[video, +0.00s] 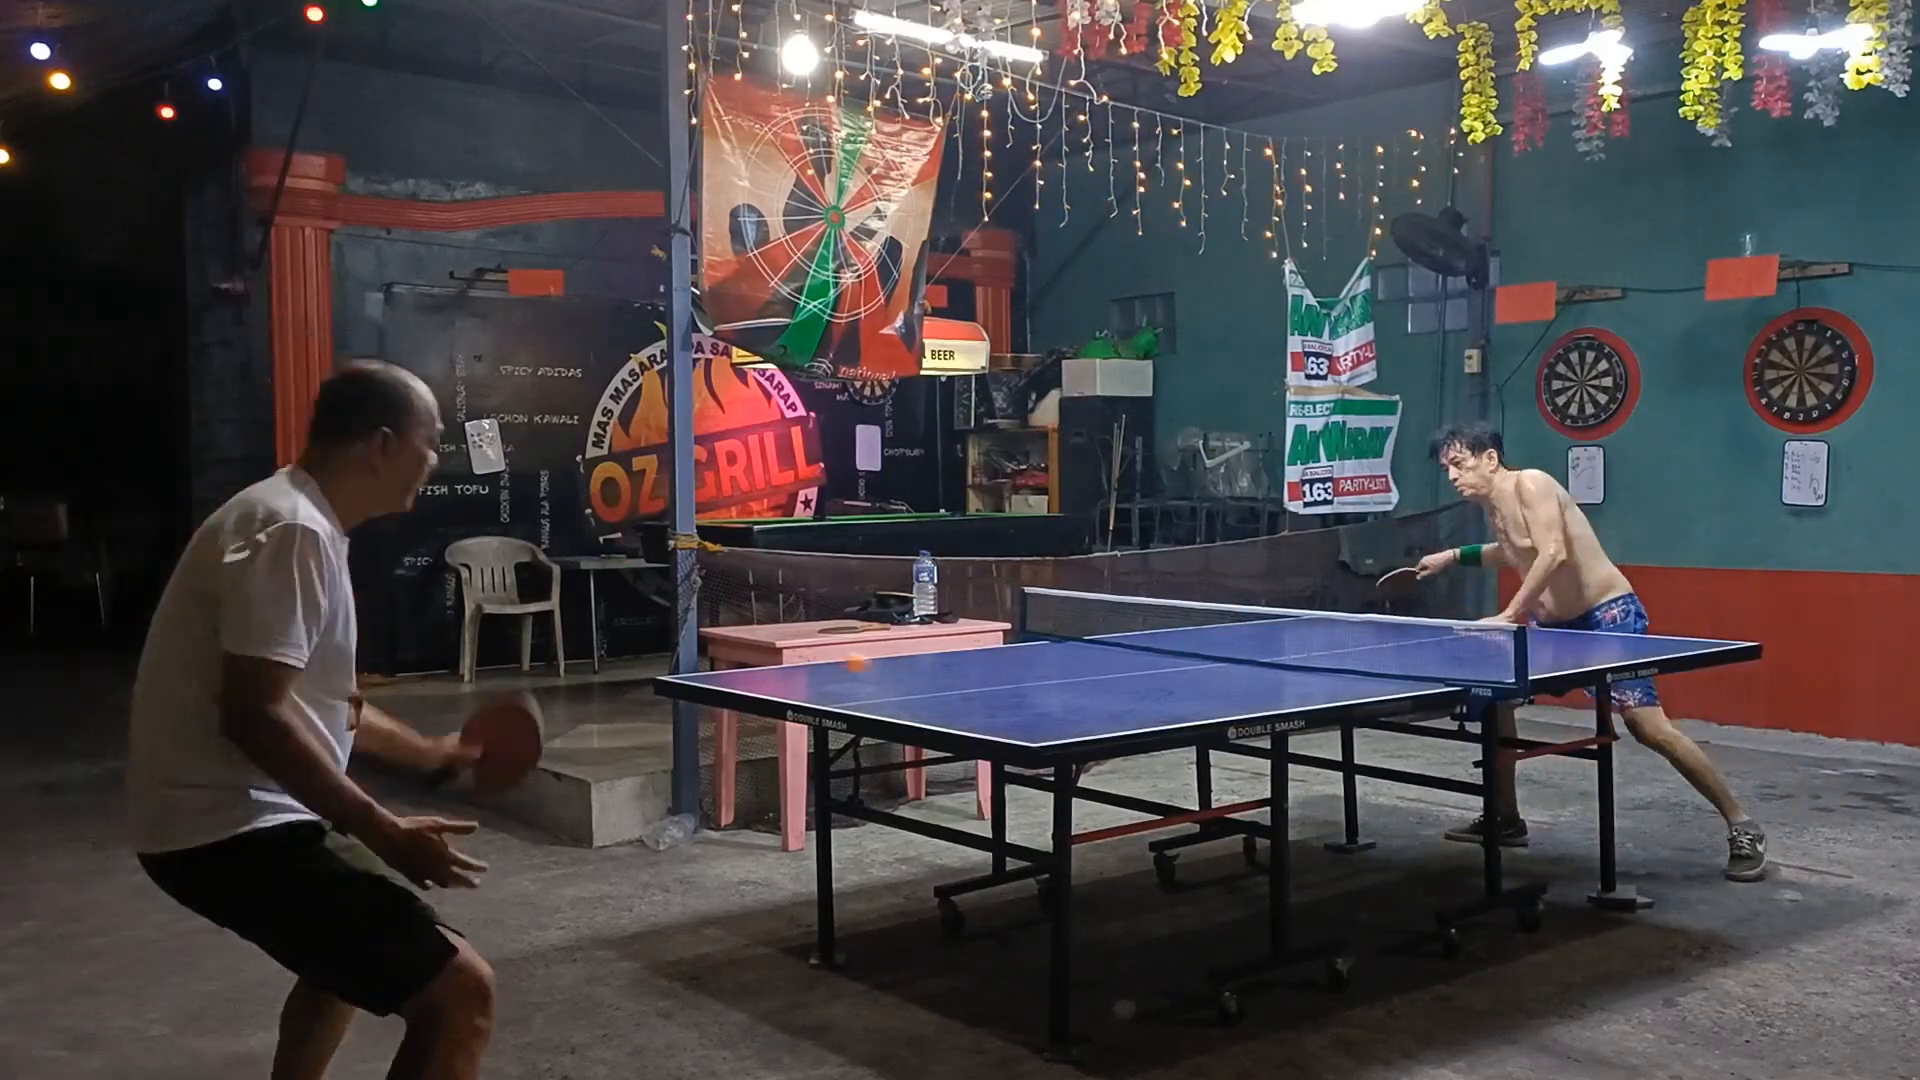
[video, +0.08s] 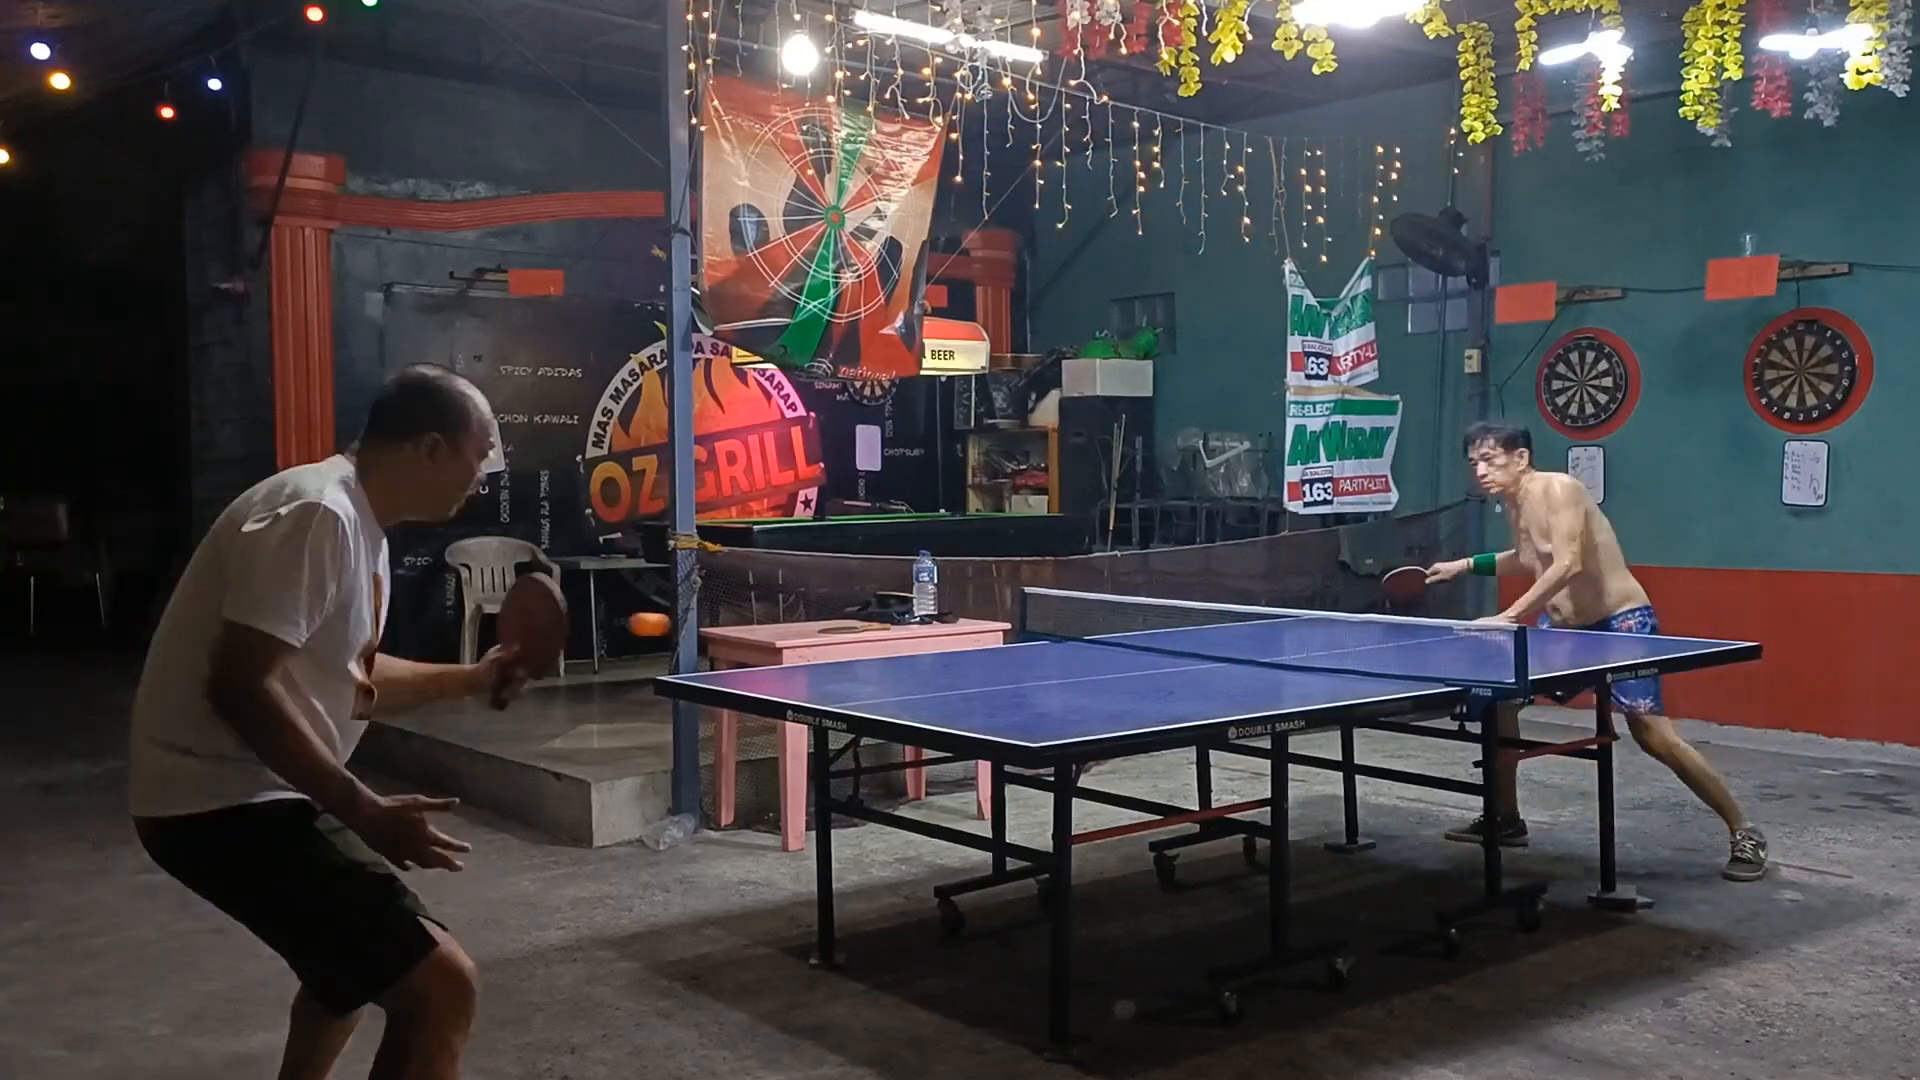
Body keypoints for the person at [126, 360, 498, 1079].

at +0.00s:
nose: (433, 465)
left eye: (435, 447)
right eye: (429, 445)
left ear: (362, 440)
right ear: (380, 443)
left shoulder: (299, 523)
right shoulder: (288, 531)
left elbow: (323, 703)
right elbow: (254, 714)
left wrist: (434, 754)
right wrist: (384, 830)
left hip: (239, 813)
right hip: (222, 826)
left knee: (350, 949)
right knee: (460, 991)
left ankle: (293, 1072)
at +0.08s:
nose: (477, 483)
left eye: (483, 466)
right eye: (477, 462)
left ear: (421, 448)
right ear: (430, 450)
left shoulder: (362, 526)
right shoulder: (315, 513)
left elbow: (356, 682)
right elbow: (237, 683)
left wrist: (477, 678)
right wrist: (364, 808)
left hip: (269, 789)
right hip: (215, 800)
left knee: (346, 963)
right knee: (442, 988)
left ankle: (301, 1072)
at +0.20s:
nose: (502, 476)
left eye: (507, 457)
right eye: (501, 454)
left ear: (449, 444)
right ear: (455, 443)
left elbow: (400, 673)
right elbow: (212, 647)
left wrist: (559, 695)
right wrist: (305, 799)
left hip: (266, 777)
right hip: (204, 777)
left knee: (330, 997)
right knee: (411, 985)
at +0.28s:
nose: (505, 465)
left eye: (509, 447)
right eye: (503, 444)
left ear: (451, 437)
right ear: (458, 437)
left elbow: (408, 669)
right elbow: (191, 623)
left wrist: (547, 717)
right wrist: (223, 801)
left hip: (304, 783)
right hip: (223, 785)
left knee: (327, 1002)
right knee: (399, 992)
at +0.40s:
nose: (498, 451)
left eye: (500, 432)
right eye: (494, 429)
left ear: (437, 424)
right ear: (447, 425)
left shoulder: (385, 520)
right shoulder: (323, 489)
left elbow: (368, 668)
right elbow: (184, 615)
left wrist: (494, 734)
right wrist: (150, 803)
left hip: (291, 788)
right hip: (230, 790)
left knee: (306, 989)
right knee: (403, 995)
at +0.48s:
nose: (472, 433)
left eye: (474, 413)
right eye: (467, 410)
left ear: (409, 409)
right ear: (423, 410)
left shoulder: (330, 481)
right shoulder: (329, 486)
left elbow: (320, 672)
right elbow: (190, 615)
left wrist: (426, 747)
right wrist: (113, 802)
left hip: (222, 783)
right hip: (212, 791)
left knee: (258, 962)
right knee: (395, 999)